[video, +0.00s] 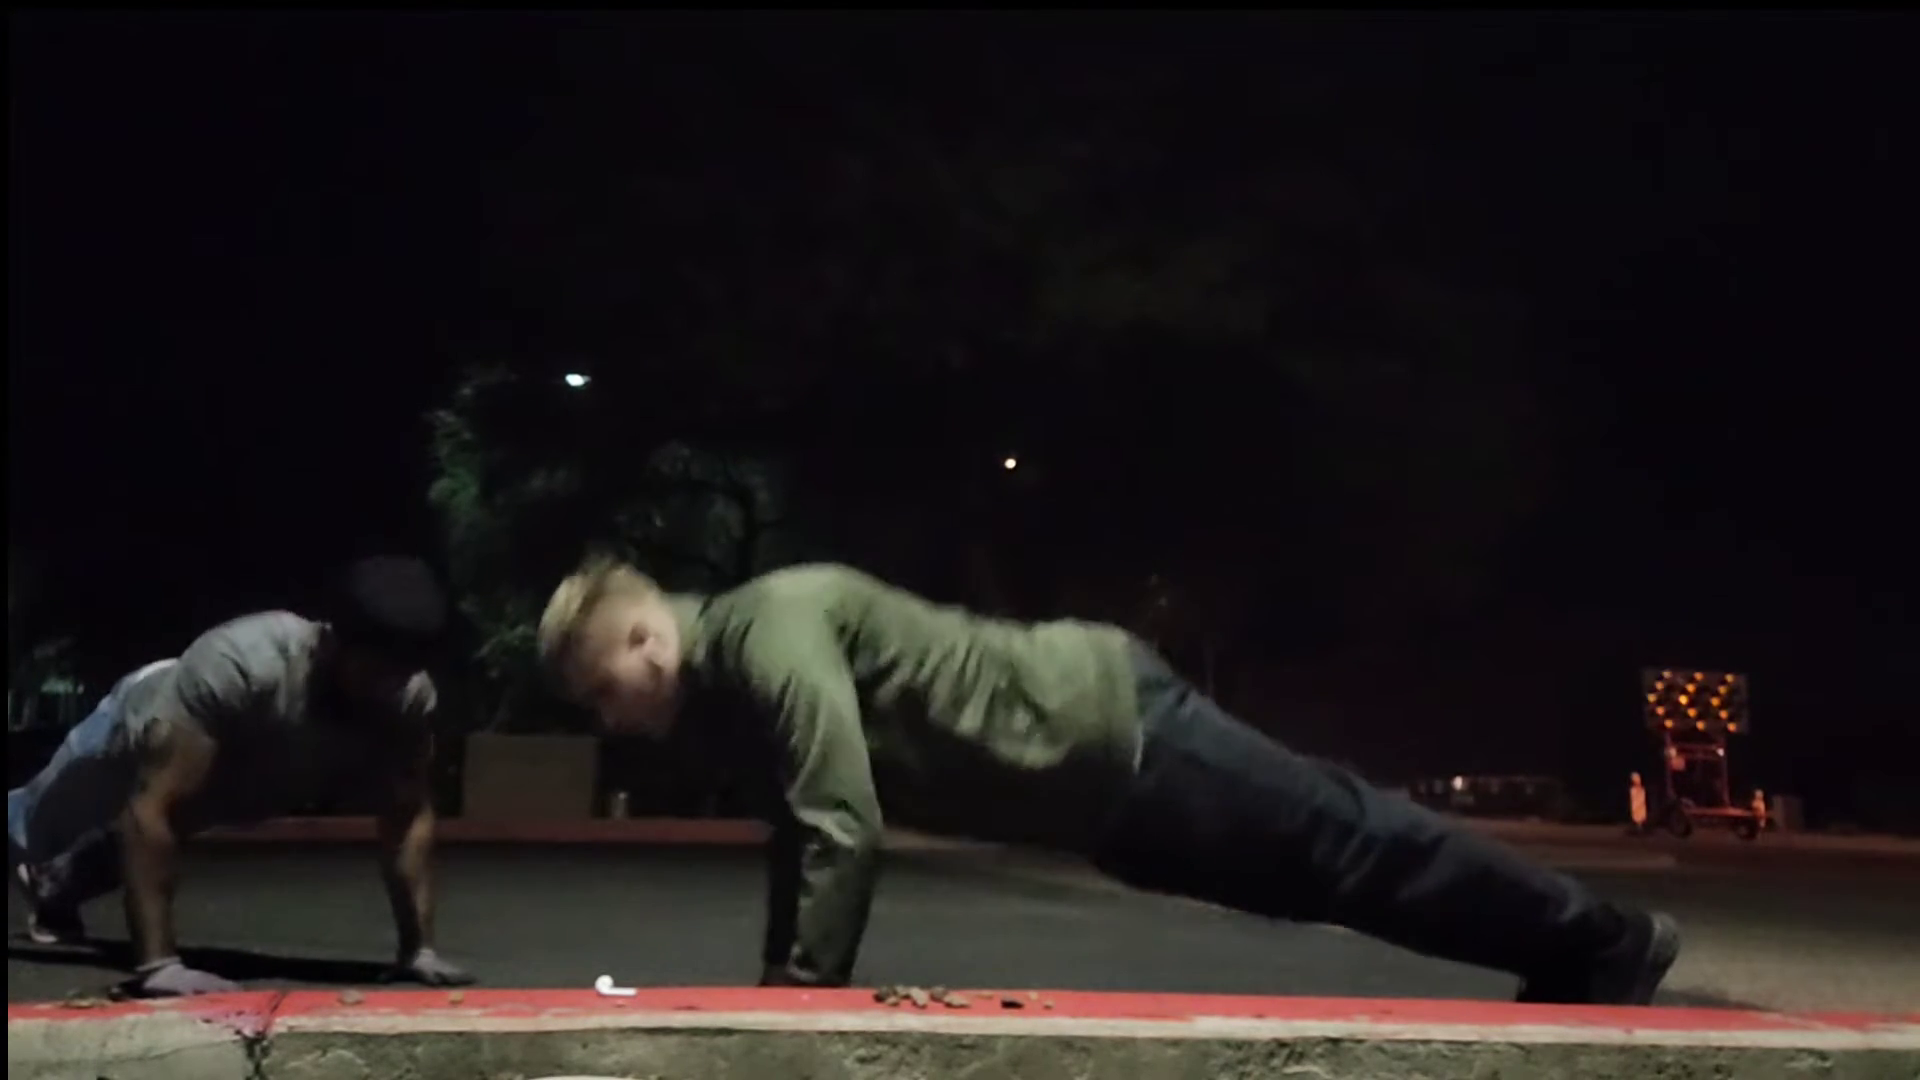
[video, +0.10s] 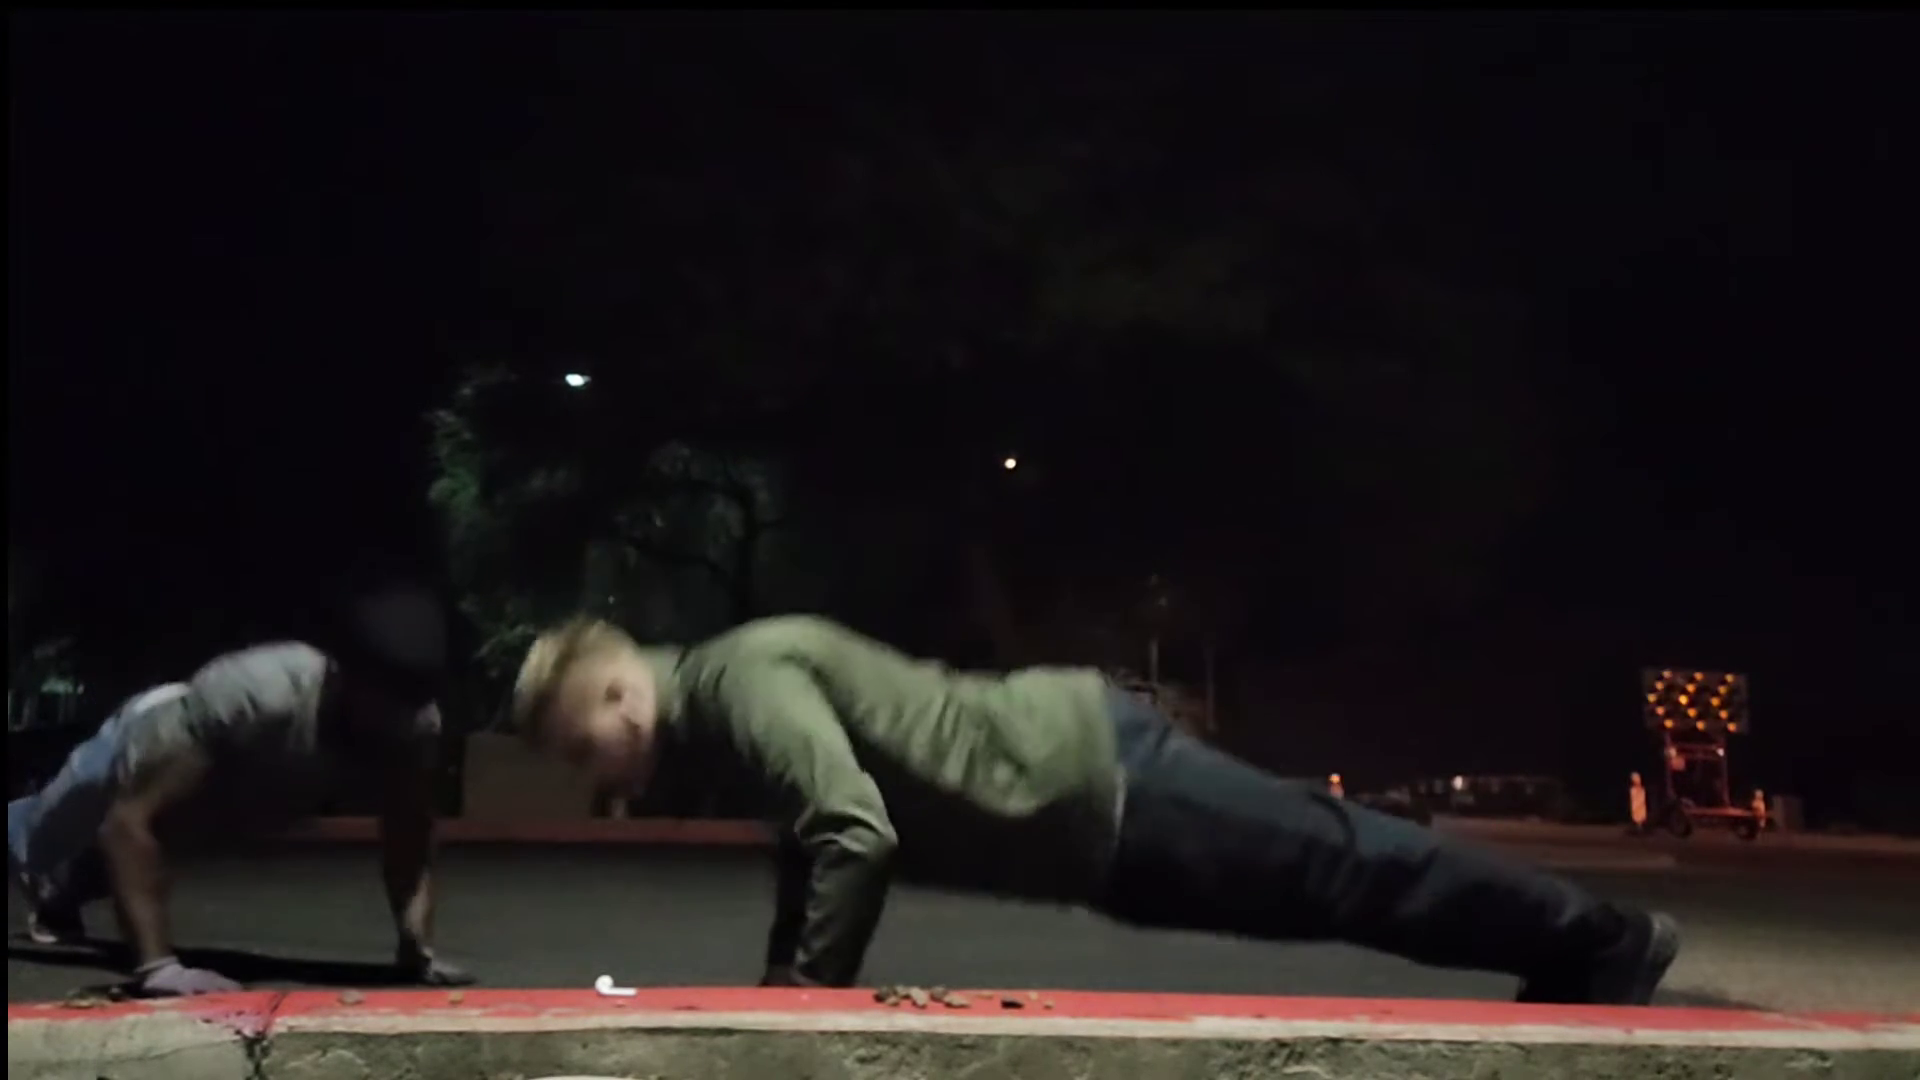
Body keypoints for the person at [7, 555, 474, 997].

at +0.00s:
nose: (397, 676)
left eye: (409, 661)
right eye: (383, 656)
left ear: (419, 657)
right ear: (339, 640)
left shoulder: (409, 700)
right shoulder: (239, 666)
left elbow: (410, 816)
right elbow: (149, 811)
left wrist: (418, 949)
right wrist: (159, 961)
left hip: (226, 769)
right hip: (140, 731)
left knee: (136, 840)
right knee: (35, 818)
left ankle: (56, 889)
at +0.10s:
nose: (403, 706)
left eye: (414, 691)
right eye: (392, 688)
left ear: (425, 688)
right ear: (355, 672)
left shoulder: (415, 727)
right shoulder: (260, 696)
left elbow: (410, 840)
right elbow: (128, 818)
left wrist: (416, 949)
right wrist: (156, 962)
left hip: (217, 768)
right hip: (144, 742)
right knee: (41, 827)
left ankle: (61, 896)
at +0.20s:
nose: (414, 755)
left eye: (424, 741)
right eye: (407, 737)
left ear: (426, 735)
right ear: (372, 720)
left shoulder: (398, 756)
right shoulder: (270, 743)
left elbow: (411, 845)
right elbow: (113, 827)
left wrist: (416, 947)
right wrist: (155, 962)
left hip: (211, 817)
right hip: (144, 781)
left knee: (96, 871)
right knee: (36, 857)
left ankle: (61, 903)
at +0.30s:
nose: (439, 813)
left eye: (443, 794)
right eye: (427, 790)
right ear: (387, 769)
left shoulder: (398, 798)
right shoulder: (278, 790)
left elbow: (414, 863)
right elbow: (107, 838)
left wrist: (415, 953)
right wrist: (154, 963)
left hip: (206, 836)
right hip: (134, 823)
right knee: (38, 864)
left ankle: (60, 903)